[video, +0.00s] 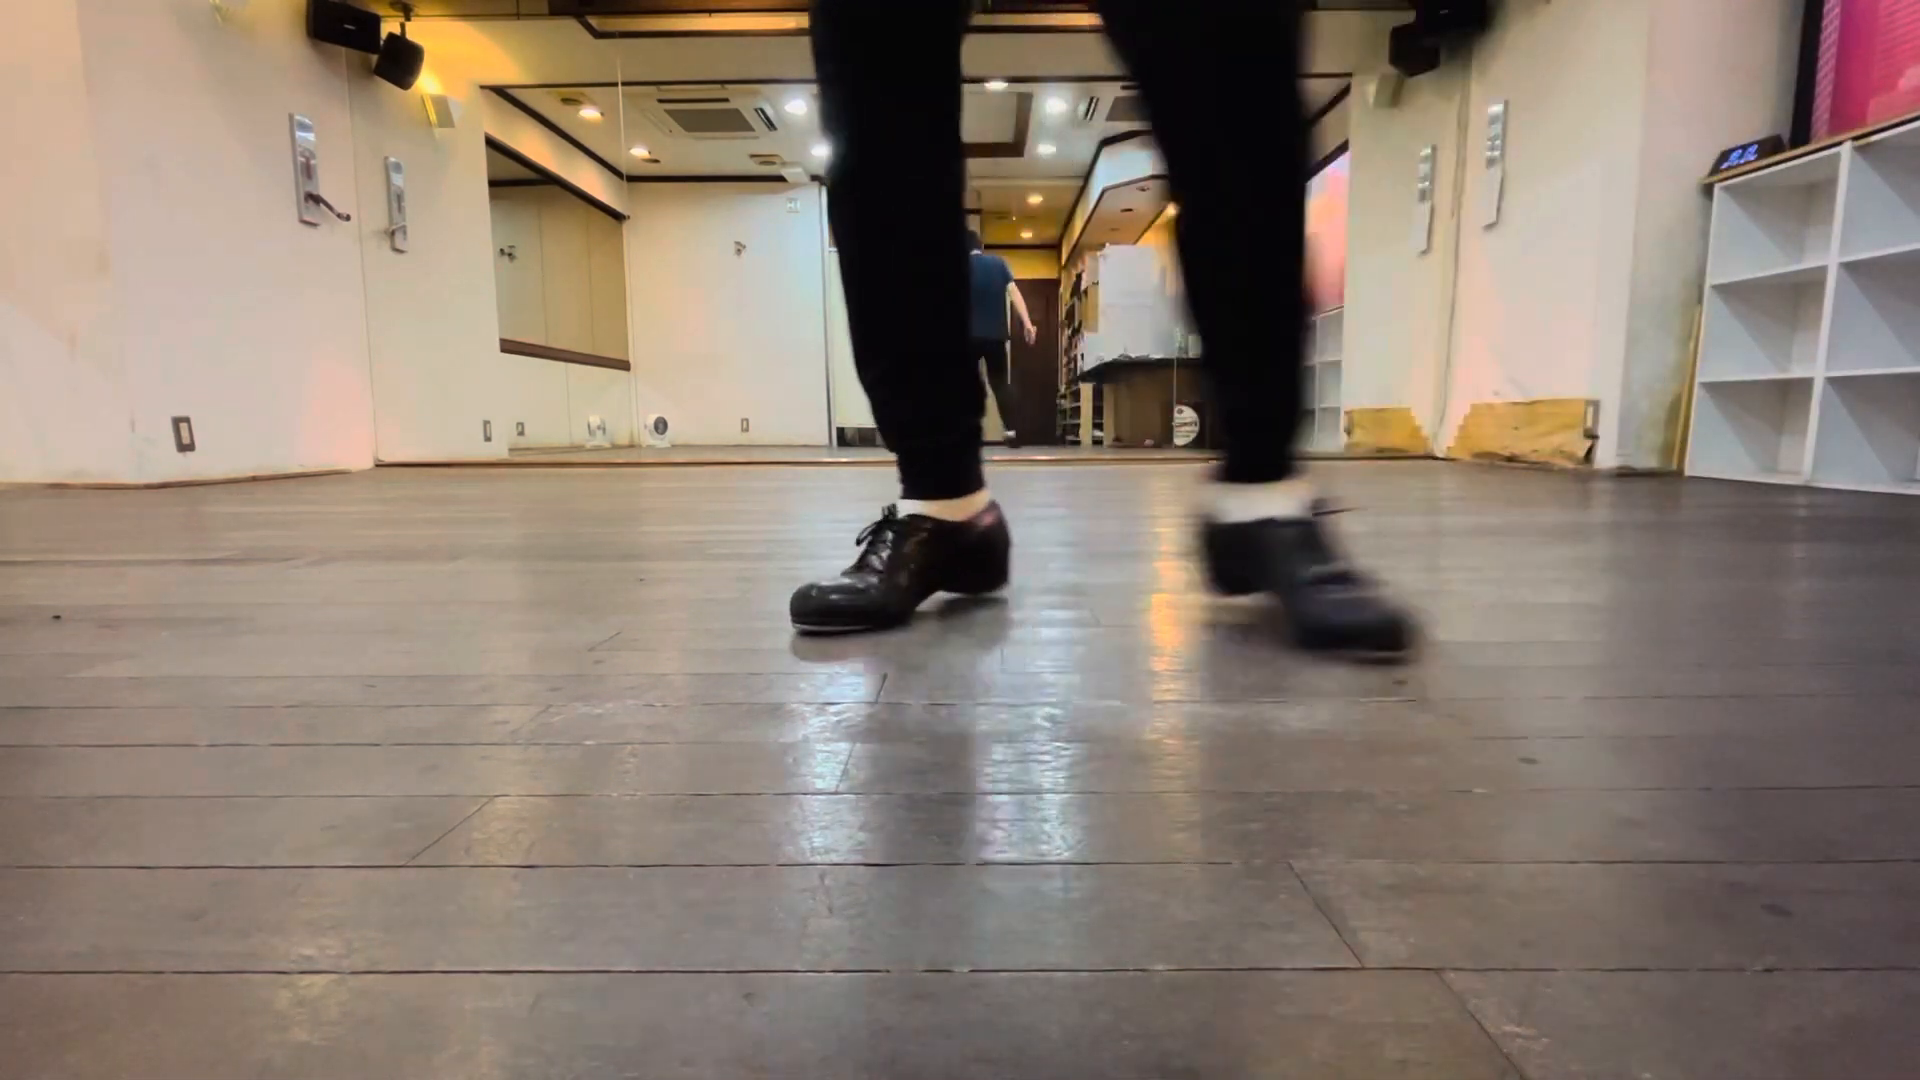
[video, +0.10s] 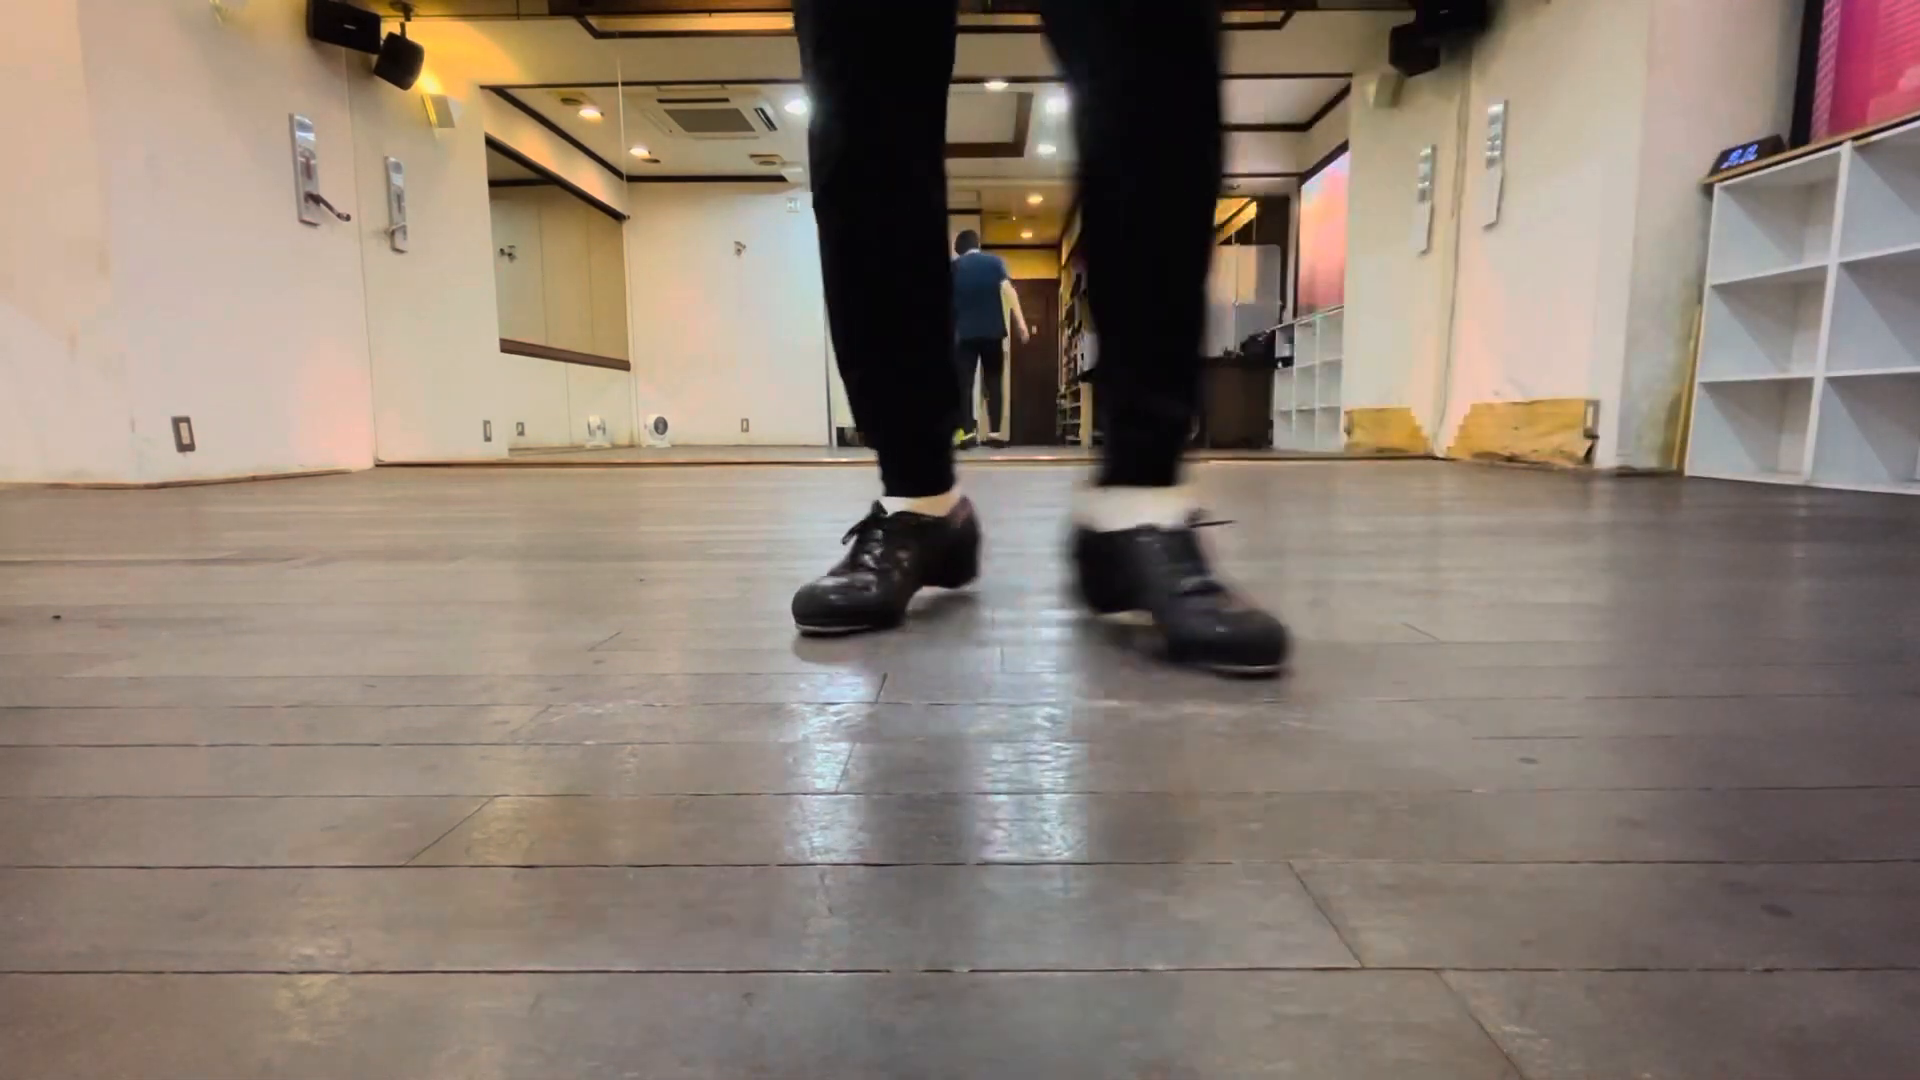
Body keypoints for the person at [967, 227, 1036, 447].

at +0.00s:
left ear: (964, 248)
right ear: (980, 245)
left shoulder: (960, 265)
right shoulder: (997, 263)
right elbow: (1014, 293)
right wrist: (1027, 322)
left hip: (968, 337)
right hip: (995, 336)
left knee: (967, 383)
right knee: (1000, 382)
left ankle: (967, 432)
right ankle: (1010, 428)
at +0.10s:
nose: (958, 252)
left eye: (957, 249)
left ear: (958, 248)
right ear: (978, 245)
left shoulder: (955, 267)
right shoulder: (994, 263)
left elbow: (950, 302)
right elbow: (1009, 292)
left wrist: (949, 330)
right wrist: (1021, 323)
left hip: (964, 335)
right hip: (993, 334)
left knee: (963, 384)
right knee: (994, 381)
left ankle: (968, 431)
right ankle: (995, 431)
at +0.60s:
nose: (978, 244)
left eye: (976, 240)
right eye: (975, 240)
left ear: (956, 245)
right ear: (965, 242)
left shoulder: (944, 272)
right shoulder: (973, 256)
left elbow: (944, 305)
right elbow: (976, 286)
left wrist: (955, 326)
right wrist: (990, 322)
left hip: (954, 336)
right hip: (977, 331)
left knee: (956, 384)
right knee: (983, 383)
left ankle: (955, 434)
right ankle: (988, 432)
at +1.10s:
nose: (992, 236)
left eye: (991, 232)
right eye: (988, 232)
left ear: (972, 237)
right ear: (976, 236)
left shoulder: (957, 264)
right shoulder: (983, 258)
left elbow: (945, 302)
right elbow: (980, 291)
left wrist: (933, 332)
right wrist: (988, 328)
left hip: (960, 334)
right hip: (982, 333)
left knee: (960, 384)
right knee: (987, 385)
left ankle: (955, 433)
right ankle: (988, 434)